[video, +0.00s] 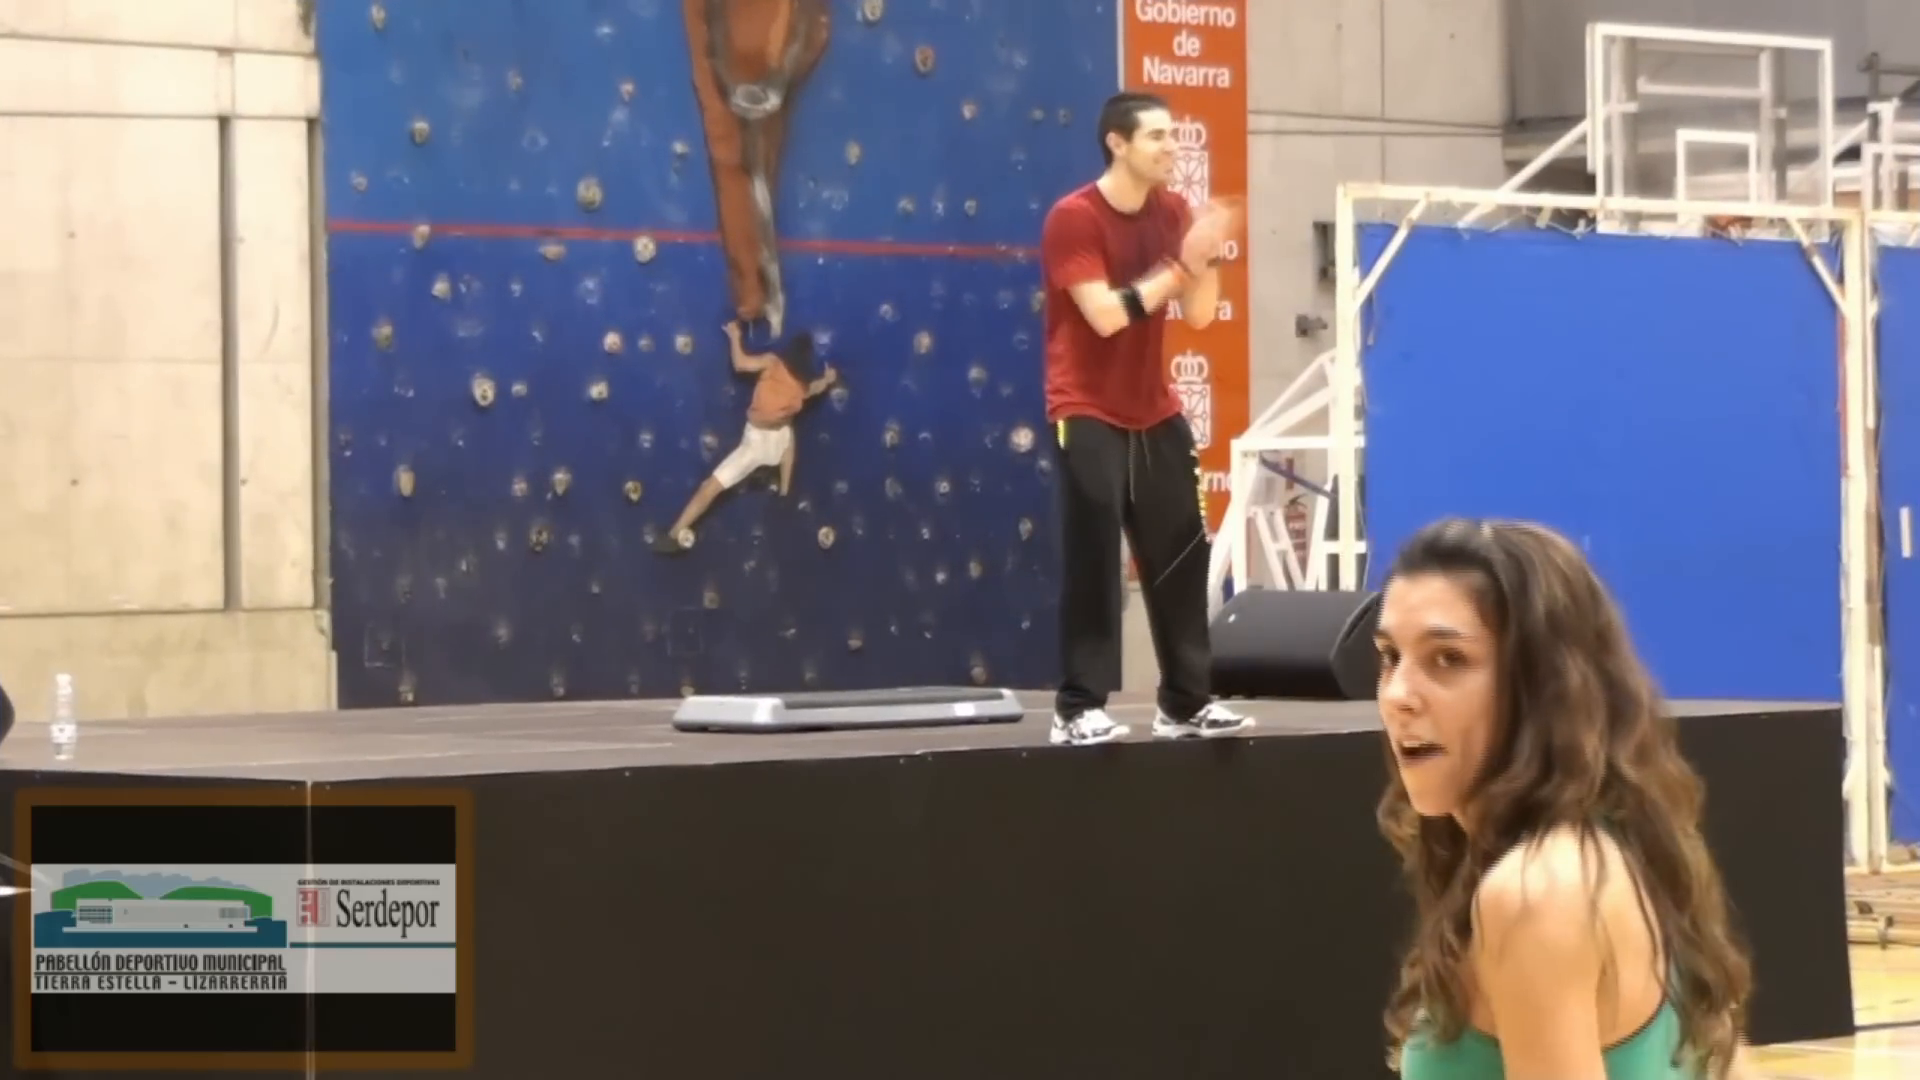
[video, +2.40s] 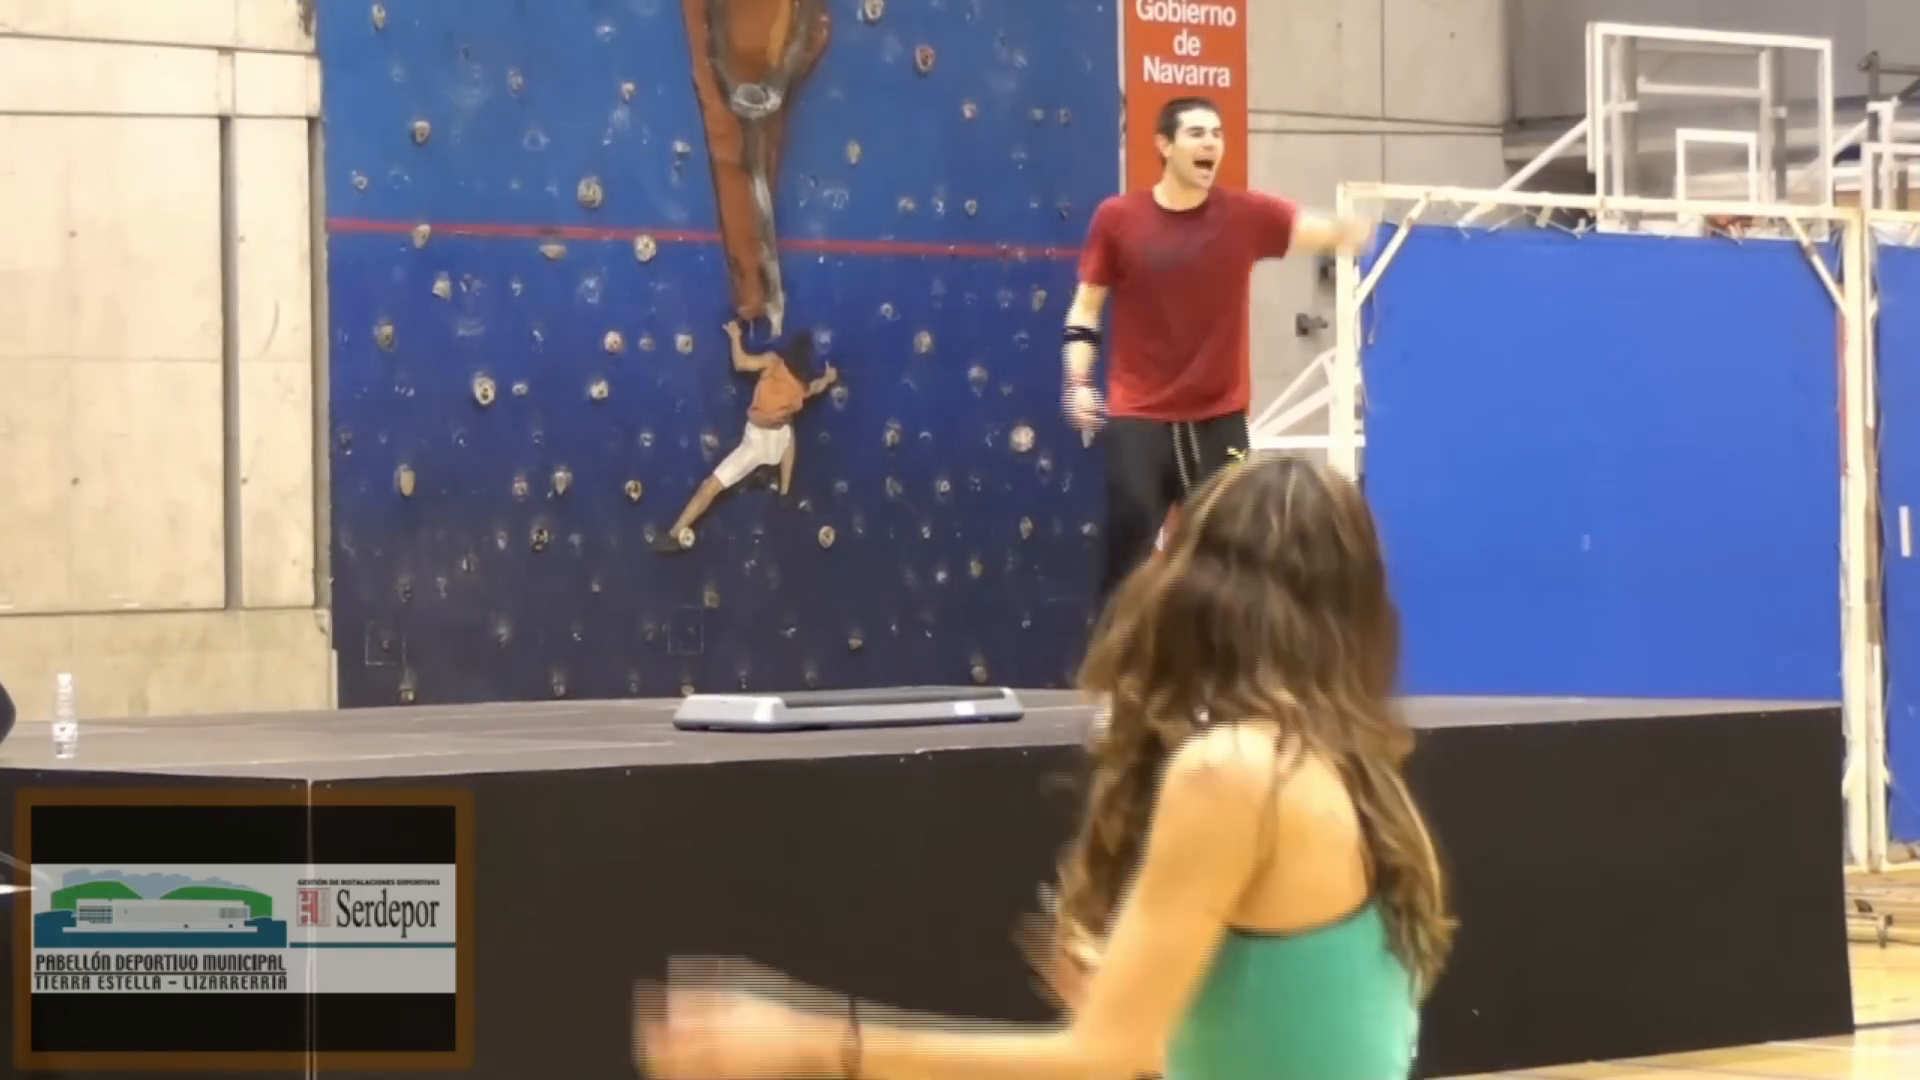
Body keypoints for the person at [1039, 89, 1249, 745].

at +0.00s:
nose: (1170, 147)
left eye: (1172, 136)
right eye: (1157, 136)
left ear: (1170, 144)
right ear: (1118, 143)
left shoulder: (1171, 214)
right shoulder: (1073, 217)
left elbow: (1198, 314)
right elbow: (1106, 316)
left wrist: (1206, 250)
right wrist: (1184, 264)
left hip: (1154, 406)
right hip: (1087, 408)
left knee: (1180, 550)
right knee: (1095, 551)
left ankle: (1187, 701)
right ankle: (1081, 705)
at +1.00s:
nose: (1168, 140)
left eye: (1169, 129)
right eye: (1154, 130)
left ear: (1166, 138)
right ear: (1115, 138)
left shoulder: (1181, 205)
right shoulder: (1069, 204)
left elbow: (1216, 288)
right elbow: (1038, 285)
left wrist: (1234, 299)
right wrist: (1093, 216)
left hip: (1166, 403)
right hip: (1092, 401)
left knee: (1181, 550)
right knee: (1096, 548)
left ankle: (1189, 699)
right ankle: (1082, 703)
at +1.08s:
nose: (1169, 140)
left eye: (1170, 129)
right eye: (1156, 129)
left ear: (1165, 138)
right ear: (1117, 137)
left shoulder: (1182, 205)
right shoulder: (1074, 196)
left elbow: (1204, 293)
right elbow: (1031, 236)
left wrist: (1225, 316)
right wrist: (1080, 169)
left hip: (1165, 401)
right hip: (1094, 399)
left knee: (1180, 552)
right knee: (1093, 547)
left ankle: (1187, 699)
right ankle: (1081, 703)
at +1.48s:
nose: (1177, 141)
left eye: (1177, 130)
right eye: (1164, 130)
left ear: (1169, 142)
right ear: (1124, 139)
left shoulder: (1183, 208)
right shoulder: (1077, 197)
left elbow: (1206, 286)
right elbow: (1016, 199)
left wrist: (1217, 301)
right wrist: (1093, 247)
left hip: (1163, 407)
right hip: (1094, 408)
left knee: (1180, 555)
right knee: (1093, 558)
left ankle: (1187, 699)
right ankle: (1080, 704)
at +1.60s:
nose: (1170, 143)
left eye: (1172, 132)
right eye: (1157, 132)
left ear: (1170, 139)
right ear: (1118, 137)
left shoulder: (1182, 204)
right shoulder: (1071, 202)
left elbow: (1251, 251)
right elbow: (1004, 242)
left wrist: (1264, 232)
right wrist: (1081, 287)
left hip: (1159, 403)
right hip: (1087, 405)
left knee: (1178, 550)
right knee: (1093, 551)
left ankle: (1188, 700)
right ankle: (1082, 704)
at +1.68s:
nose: (1167, 148)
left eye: (1171, 137)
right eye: (1155, 137)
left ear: (1168, 142)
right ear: (1115, 137)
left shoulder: (1183, 197)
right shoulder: (1065, 204)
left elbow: (1274, 211)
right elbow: (1000, 269)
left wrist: (1313, 161)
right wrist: (1075, 306)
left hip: (1158, 403)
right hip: (1085, 405)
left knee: (1176, 551)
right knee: (1090, 553)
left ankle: (1188, 701)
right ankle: (1081, 705)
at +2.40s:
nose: (1209, 145)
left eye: (1216, 135)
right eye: (1195, 133)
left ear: (1224, 147)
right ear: (1164, 145)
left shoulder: (1243, 213)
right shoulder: (1118, 217)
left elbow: (1326, 233)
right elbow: (1087, 307)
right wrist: (1078, 382)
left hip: (1218, 413)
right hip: (1139, 414)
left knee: (1231, 540)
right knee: (1130, 529)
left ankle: (1234, 665)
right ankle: (1116, 663)